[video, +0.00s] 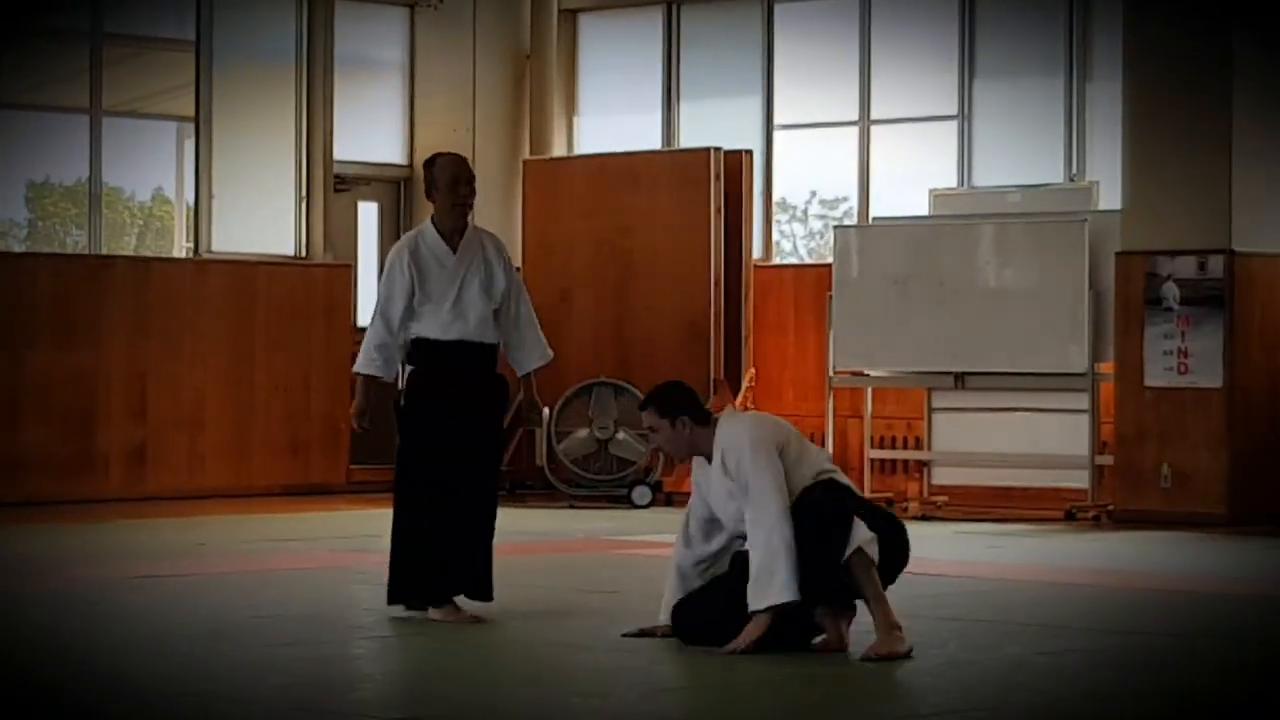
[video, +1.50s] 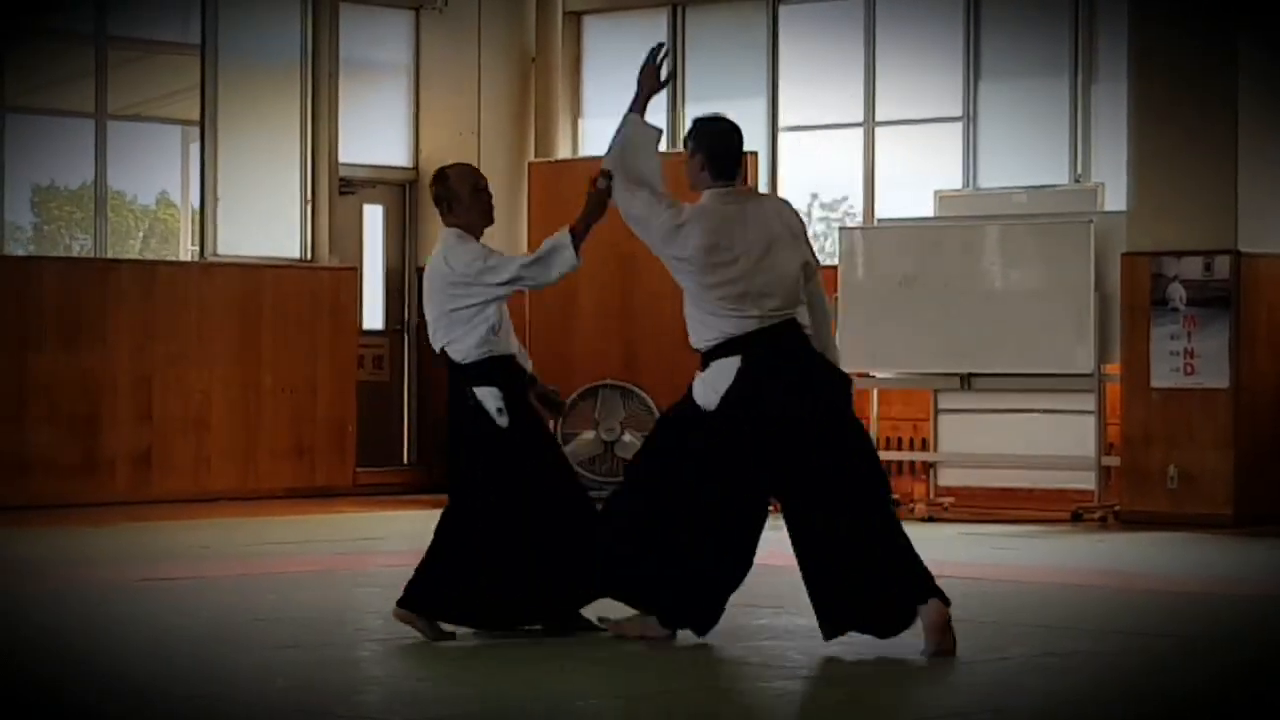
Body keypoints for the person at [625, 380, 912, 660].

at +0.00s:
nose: (652, 445)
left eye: (654, 433)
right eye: (648, 435)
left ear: (683, 424)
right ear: (684, 426)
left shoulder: (747, 433)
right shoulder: (704, 469)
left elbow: (771, 523)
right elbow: (694, 543)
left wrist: (764, 612)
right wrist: (672, 619)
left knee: (823, 499)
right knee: (693, 620)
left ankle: (887, 627)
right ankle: (827, 616)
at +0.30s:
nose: (711, 381)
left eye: (712, 368)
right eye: (709, 370)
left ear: (734, 366)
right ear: (740, 364)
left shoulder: (783, 387)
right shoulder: (789, 381)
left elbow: (776, 491)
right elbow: (758, 489)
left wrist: (751, 582)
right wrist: (712, 574)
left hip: (913, 479)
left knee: (809, 535)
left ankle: (893, 620)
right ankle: (875, 623)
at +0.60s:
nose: (773, 236)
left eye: (773, 225)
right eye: (773, 225)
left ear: (787, 224)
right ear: (822, 221)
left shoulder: (808, 271)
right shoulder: (863, 260)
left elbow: (777, 364)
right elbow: (864, 367)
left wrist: (747, 447)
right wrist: (819, 438)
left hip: (917, 398)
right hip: (947, 391)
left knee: (848, 519)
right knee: (860, 508)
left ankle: (977, 626)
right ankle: (884, 626)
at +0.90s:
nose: (823, 158)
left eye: (825, 149)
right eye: (826, 148)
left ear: (836, 152)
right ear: (877, 153)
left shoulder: (825, 212)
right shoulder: (919, 207)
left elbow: (790, 305)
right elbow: (948, 297)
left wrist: (769, 374)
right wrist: (961, 364)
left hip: (891, 367)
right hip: (946, 359)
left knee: (887, 506)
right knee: (938, 501)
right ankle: (977, 628)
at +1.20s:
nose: (810, 144)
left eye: (813, 135)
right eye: (814, 135)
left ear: (826, 140)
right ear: (865, 144)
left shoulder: (805, 202)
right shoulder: (902, 206)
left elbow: (725, 256)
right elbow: (920, 299)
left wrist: (716, 231)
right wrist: (928, 371)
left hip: (841, 368)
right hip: (905, 366)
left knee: (767, 484)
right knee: (916, 494)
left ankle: (846, 594)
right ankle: (946, 623)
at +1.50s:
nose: (682, 164)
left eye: (685, 156)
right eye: (686, 156)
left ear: (694, 162)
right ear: (742, 162)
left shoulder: (686, 229)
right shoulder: (783, 215)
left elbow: (631, 181)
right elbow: (816, 303)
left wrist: (641, 103)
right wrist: (829, 368)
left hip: (734, 382)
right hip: (803, 373)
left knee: (662, 487)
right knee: (855, 495)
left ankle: (655, 614)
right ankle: (928, 599)